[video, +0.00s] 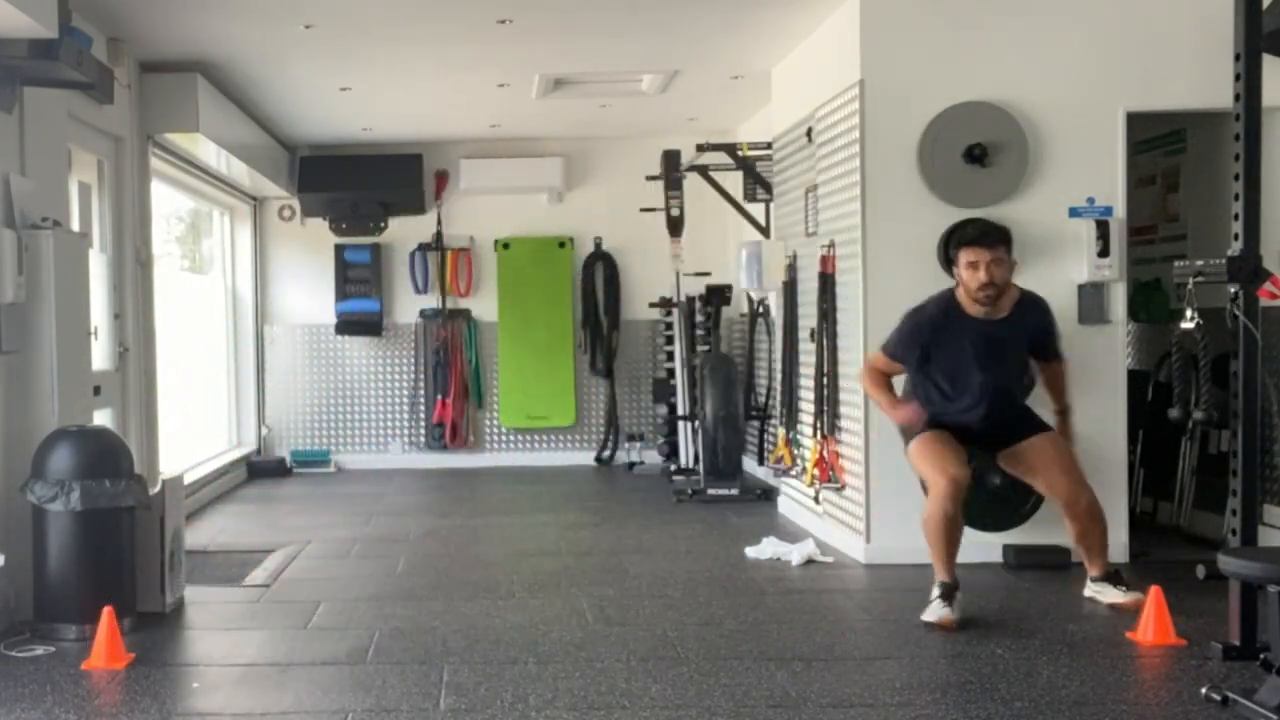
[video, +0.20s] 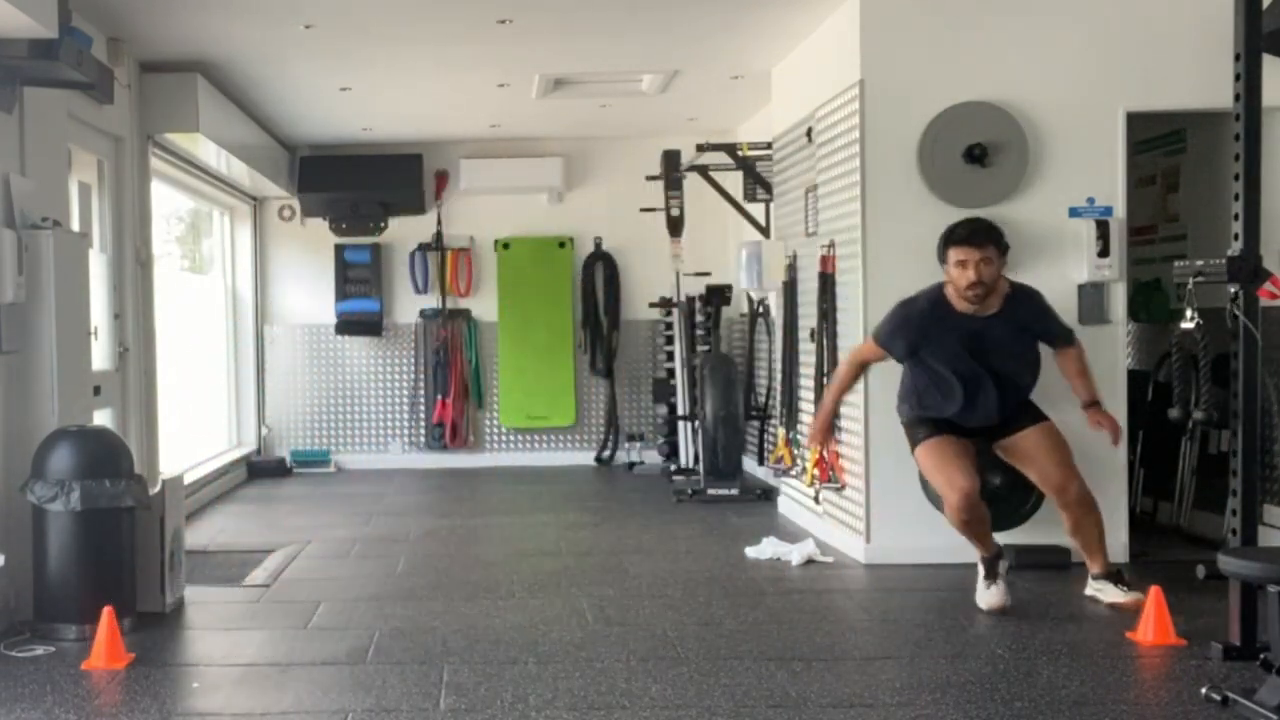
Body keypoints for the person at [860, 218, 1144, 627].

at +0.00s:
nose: (986, 277)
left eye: (995, 264)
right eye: (973, 267)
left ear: (1012, 265)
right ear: (955, 271)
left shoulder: (1032, 311)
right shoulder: (929, 318)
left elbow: (1051, 365)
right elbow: (874, 370)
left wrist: (1062, 413)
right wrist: (893, 407)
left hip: (1005, 418)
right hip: (936, 422)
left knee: (1076, 493)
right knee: (949, 480)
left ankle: (1099, 578)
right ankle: (944, 587)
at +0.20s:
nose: (973, 275)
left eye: (984, 263)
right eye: (960, 265)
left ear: (1002, 264)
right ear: (945, 269)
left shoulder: (1026, 304)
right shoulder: (919, 314)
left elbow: (1065, 345)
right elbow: (858, 359)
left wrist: (1090, 403)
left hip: (1007, 408)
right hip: (935, 415)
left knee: (1068, 485)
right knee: (961, 498)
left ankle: (1101, 575)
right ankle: (990, 560)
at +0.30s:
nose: (930, 265)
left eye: (941, 255)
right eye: (919, 255)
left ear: (960, 257)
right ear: (904, 258)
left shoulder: (983, 294)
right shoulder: (877, 305)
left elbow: (1014, 335)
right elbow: (811, 341)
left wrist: (1031, 377)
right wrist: (767, 392)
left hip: (985, 403)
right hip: (915, 421)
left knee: (1043, 489)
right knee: (945, 517)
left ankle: (1097, 562)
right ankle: (994, 565)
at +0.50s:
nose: (838, 247)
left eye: (848, 235)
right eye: (827, 237)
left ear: (863, 234)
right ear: (812, 239)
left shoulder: (889, 276)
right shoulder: (792, 284)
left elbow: (926, 324)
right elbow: (723, 333)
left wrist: (947, 374)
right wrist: (760, 346)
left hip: (877, 383)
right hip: (826, 401)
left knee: (878, 467)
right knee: (891, 493)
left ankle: (885, 569)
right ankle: (976, 561)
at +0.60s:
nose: (782, 244)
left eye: (791, 231)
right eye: (771, 234)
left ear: (806, 230)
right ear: (757, 236)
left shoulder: (834, 279)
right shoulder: (737, 283)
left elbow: (881, 332)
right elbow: (689, 334)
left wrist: (912, 393)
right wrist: (713, 392)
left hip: (820, 394)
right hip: (762, 403)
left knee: (826, 486)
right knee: (803, 502)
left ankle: (847, 589)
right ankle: (864, 528)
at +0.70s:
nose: (706, 240)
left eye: (715, 229)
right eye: (695, 230)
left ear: (728, 228)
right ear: (680, 233)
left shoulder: (764, 276)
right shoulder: (665, 279)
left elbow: (822, 324)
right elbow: (635, 311)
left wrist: (843, 386)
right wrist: (633, 376)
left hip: (767, 395)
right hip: (701, 397)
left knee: (798, 488)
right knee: (680, 489)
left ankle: (843, 585)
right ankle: (707, 537)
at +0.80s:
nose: (625, 232)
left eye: (634, 220)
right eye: (614, 222)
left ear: (649, 220)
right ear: (601, 225)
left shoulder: (687, 268)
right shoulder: (587, 271)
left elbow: (748, 313)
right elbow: (551, 308)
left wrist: (770, 377)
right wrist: (528, 351)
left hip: (695, 386)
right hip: (630, 387)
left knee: (720, 484)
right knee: (599, 481)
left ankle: (809, 565)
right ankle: (603, 577)